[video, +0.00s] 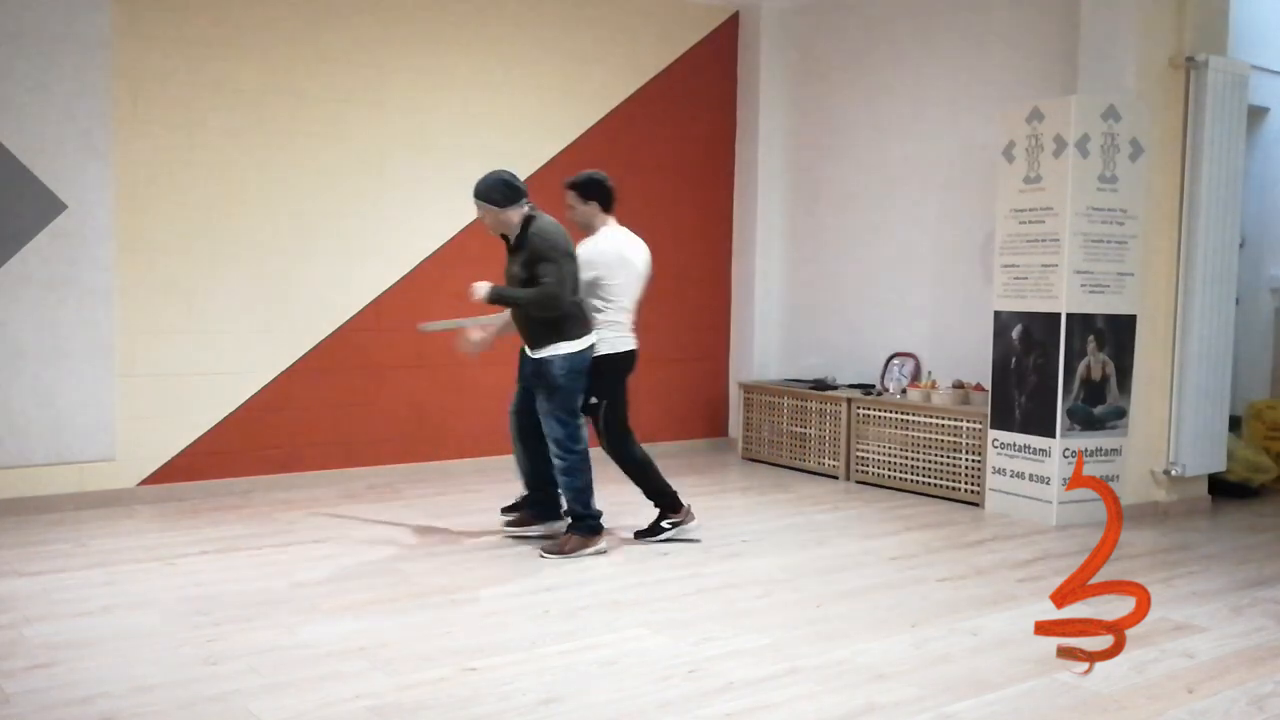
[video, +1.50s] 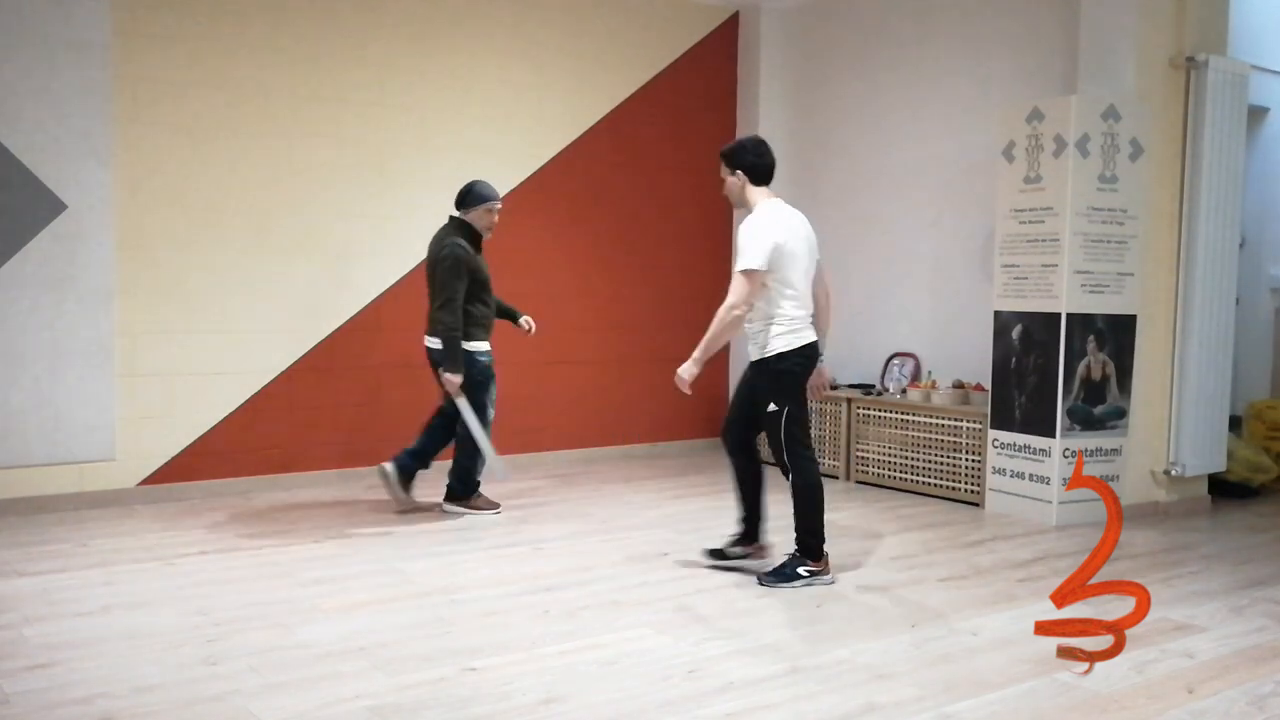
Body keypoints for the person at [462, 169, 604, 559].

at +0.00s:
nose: (481, 221)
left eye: (482, 213)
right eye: (479, 213)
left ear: (503, 208)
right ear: (506, 207)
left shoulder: (546, 236)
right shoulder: (518, 237)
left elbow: (555, 298)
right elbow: (530, 297)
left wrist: (494, 293)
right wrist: (493, 327)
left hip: (564, 352)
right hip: (537, 352)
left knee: (565, 438)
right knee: (526, 425)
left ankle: (586, 524)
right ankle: (544, 504)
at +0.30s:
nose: (457, 214)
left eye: (456, 209)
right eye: (463, 208)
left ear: (458, 208)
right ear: (490, 201)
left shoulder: (465, 241)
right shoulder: (521, 234)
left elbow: (435, 300)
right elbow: (558, 285)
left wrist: (417, 299)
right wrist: (558, 330)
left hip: (494, 357)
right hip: (525, 352)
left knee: (499, 440)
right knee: (483, 441)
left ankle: (562, 510)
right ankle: (462, 525)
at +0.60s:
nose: (489, 204)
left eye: (487, 199)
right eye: (488, 199)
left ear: (449, 196)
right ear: (482, 199)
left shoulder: (419, 231)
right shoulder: (495, 234)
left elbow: (395, 300)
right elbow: (512, 297)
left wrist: (378, 355)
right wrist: (523, 349)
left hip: (426, 346)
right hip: (475, 350)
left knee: (402, 422)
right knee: (468, 437)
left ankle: (396, 506)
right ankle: (455, 528)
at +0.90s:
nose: (472, 223)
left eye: (473, 216)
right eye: (470, 216)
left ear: (438, 210)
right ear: (451, 212)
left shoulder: (395, 239)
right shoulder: (449, 242)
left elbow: (369, 301)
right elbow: (453, 303)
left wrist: (350, 352)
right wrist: (467, 358)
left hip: (392, 352)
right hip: (431, 353)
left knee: (388, 424)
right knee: (442, 429)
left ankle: (370, 504)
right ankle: (420, 510)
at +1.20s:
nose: (472, 215)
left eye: (473, 208)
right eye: (467, 207)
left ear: (439, 207)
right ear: (447, 206)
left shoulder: (414, 232)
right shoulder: (434, 238)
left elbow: (415, 289)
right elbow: (422, 294)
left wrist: (453, 321)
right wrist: (427, 351)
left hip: (401, 343)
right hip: (433, 346)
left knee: (392, 421)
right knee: (451, 418)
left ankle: (371, 503)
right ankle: (452, 492)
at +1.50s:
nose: (497, 219)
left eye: (498, 212)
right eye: (492, 211)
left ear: (472, 213)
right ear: (471, 212)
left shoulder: (461, 243)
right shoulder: (454, 250)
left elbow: (477, 297)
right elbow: (448, 311)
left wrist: (513, 315)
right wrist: (451, 364)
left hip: (461, 347)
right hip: (468, 350)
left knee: (454, 413)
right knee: (476, 422)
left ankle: (403, 469)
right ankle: (462, 492)